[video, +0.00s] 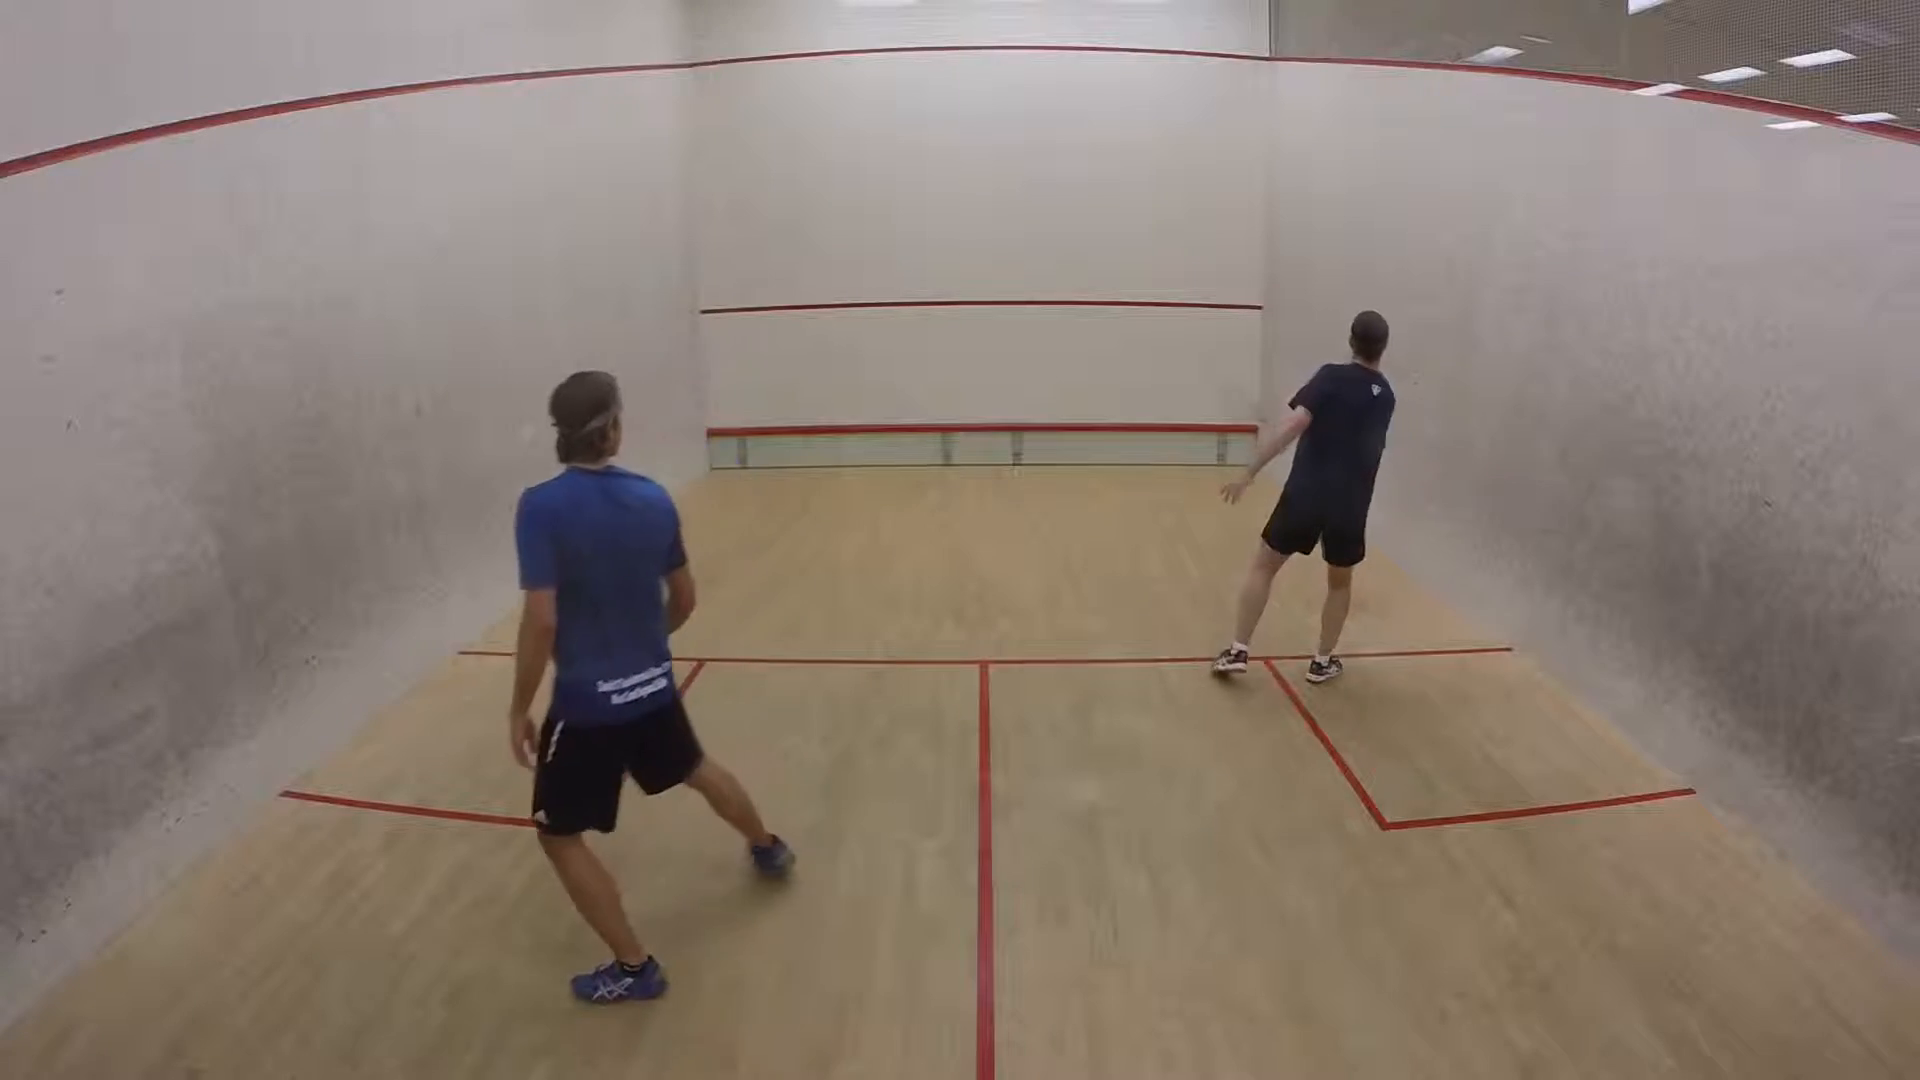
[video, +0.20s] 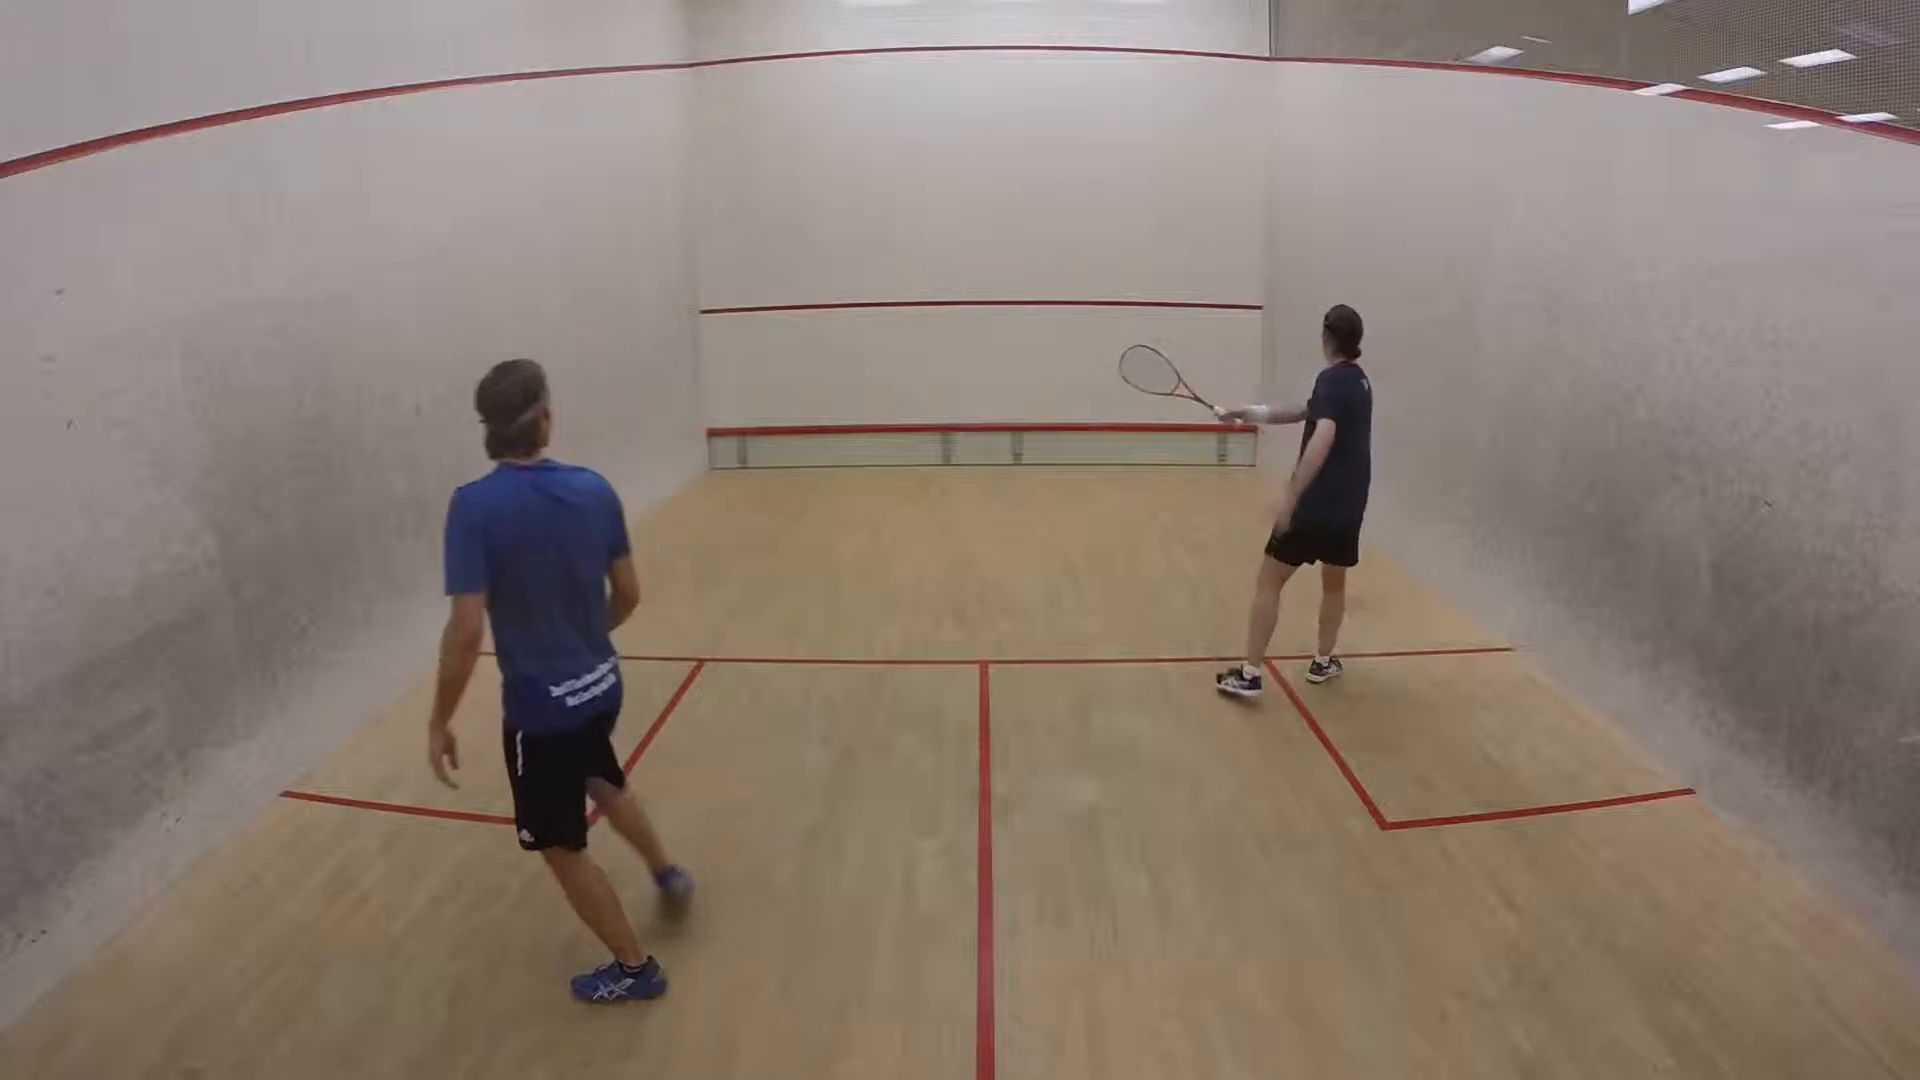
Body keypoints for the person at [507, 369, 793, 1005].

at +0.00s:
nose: (623, 427)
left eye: (614, 418)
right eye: (620, 419)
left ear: (557, 431)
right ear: (612, 429)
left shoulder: (540, 506)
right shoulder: (650, 497)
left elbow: (541, 622)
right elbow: (683, 600)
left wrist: (520, 710)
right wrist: (647, 637)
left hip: (587, 711)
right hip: (655, 692)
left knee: (559, 833)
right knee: (697, 767)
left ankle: (634, 967)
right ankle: (768, 848)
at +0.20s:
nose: (549, 416)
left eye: (540, 409)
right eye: (548, 408)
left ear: (483, 424)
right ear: (546, 418)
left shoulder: (475, 507)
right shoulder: (592, 490)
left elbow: (467, 629)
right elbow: (627, 594)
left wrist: (441, 719)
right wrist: (587, 631)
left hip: (541, 713)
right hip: (601, 686)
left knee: (560, 847)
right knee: (602, 778)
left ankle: (635, 966)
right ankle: (666, 874)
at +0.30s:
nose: (520, 415)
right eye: (518, 408)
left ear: (452, 426)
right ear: (516, 419)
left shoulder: (443, 511)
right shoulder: (564, 489)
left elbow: (432, 637)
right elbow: (601, 592)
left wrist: (404, 721)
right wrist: (552, 617)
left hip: (522, 716)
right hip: (579, 689)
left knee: (558, 849)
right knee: (564, 802)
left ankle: (635, 964)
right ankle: (598, 904)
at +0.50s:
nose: (471, 428)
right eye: (468, 422)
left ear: (405, 441)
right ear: (467, 433)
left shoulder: (397, 528)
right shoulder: (512, 501)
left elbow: (389, 652)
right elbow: (546, 597)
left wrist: (360, 732)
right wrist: (480, 606)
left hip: (473, 732)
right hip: (531, 705)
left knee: (472, 866)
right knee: (521, 825)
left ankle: (599, 952)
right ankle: (540, 921)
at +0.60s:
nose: (436, 430)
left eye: (381, 428)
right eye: (436, 421)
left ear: (376, 437)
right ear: (441, 431)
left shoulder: (375, 528)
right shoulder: (486, 502)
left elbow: (377, 658)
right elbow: (516, 594)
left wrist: (354, 738)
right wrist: (447, 608)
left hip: (451, 736)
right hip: (513, 709)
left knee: (409, 868)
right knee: (512, 820)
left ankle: (539, 959)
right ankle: (545, 920)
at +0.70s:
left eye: (354, 439)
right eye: (409, 430)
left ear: (348, 447)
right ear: (413, 440)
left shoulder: (352, 542)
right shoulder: (460, 507)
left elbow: (367, 671)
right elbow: (485, 601)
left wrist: (350, 764)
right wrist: (417, 602)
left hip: (426, 752)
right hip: (490, 724)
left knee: (376, 889)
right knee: (502, 825)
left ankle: (478, 1020)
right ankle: (543, 919)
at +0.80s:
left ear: (313, 464)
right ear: (380, 453)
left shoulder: (325, 564)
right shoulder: (431, 524)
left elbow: (353, 701)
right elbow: (456, 618)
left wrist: (346, 801)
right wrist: (368, 577)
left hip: (400, 778)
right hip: (464, 744)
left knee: (372, 922)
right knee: (488, 837)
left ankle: (428, 1069)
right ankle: (543, 921)